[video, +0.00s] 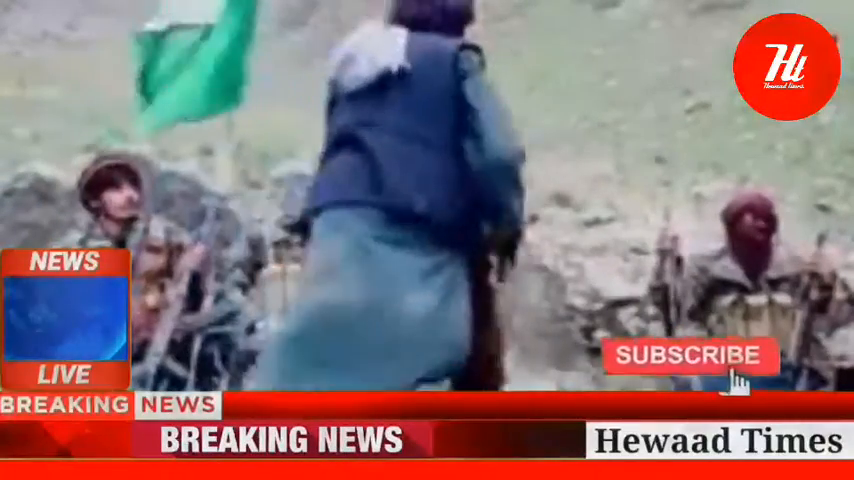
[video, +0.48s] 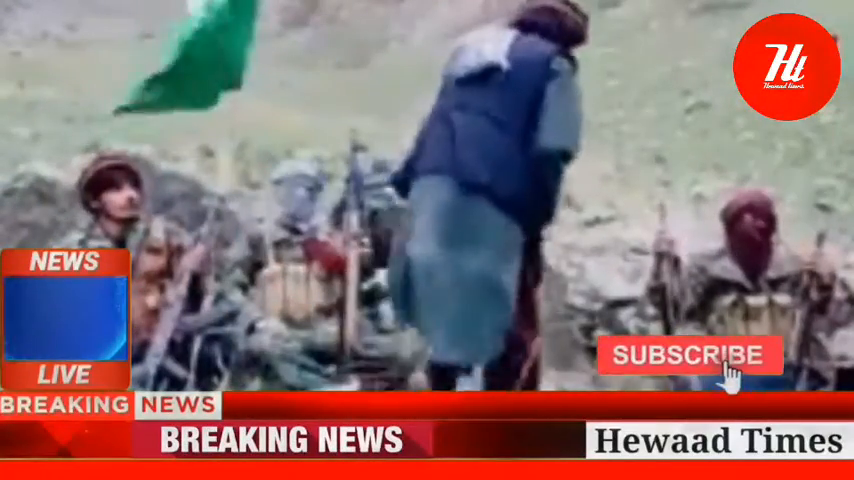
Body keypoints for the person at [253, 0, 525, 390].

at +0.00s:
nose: (465, 33)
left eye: (465, 25)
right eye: (463, 24)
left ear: (399, 17)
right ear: (454, 23)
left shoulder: (354, 58)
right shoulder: (458, 60)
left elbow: (336, 144)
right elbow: (499, 153)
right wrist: (504, 231)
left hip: (341, 219)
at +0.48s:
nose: (572, 52)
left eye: (575, 47)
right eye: (573, 45)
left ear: (524, 21)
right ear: (565, 36)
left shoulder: (472, 48)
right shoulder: (555, 64)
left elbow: (439, 117)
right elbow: (552, 148)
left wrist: (409, 173)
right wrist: (539, 218)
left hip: (437, 175)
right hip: (501, 188)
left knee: (441, 280)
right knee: (503, 291)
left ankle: (442, 390)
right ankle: (499, 398)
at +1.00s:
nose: (604, 107)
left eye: (610, 100)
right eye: (607, 97)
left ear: (582, 78)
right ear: (595, 87)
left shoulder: (567, 110)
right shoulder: (560, 103)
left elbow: (557, 172)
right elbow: (513, 157)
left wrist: (582, 213)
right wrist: (555, 211)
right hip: (484, 216)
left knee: (512, 306)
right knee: (520, 306)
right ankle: (517, 392)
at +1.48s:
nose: (589, 141)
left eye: (591, 132)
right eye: (588, 130)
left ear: (568, 123)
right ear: (567, 120)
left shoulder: (555, 162)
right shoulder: (504, 136)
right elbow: (475, 196)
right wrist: (532, 227)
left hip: (504, 237)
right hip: (459, 231)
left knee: (561, 274)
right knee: (480, 264)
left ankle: (519, 366)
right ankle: (468, 364)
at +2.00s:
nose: (514, 217)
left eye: (519, 210)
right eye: (507, 209)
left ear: (525, 208)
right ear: (487, 206)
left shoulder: (528, 232)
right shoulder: (463, 221)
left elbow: (566, 268)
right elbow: (441, 251)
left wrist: (617, 294)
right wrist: (492, 277)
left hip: (509, 307)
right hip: (463, 303)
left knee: (547, 291)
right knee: (438, 282)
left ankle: (521, 361)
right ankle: (456, 363)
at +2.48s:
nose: (517, 222)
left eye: (523, 214)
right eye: (509, 214)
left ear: (530, 209)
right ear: (489, 208)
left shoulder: (537, 233)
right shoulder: (469, 223)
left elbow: (576, 263)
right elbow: (430, 251)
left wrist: (618, 294)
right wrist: (485, 272)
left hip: (522, 312)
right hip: (477, 308)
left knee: (561, 285)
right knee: (437, 287)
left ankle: (523, 360)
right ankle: (452, 364)